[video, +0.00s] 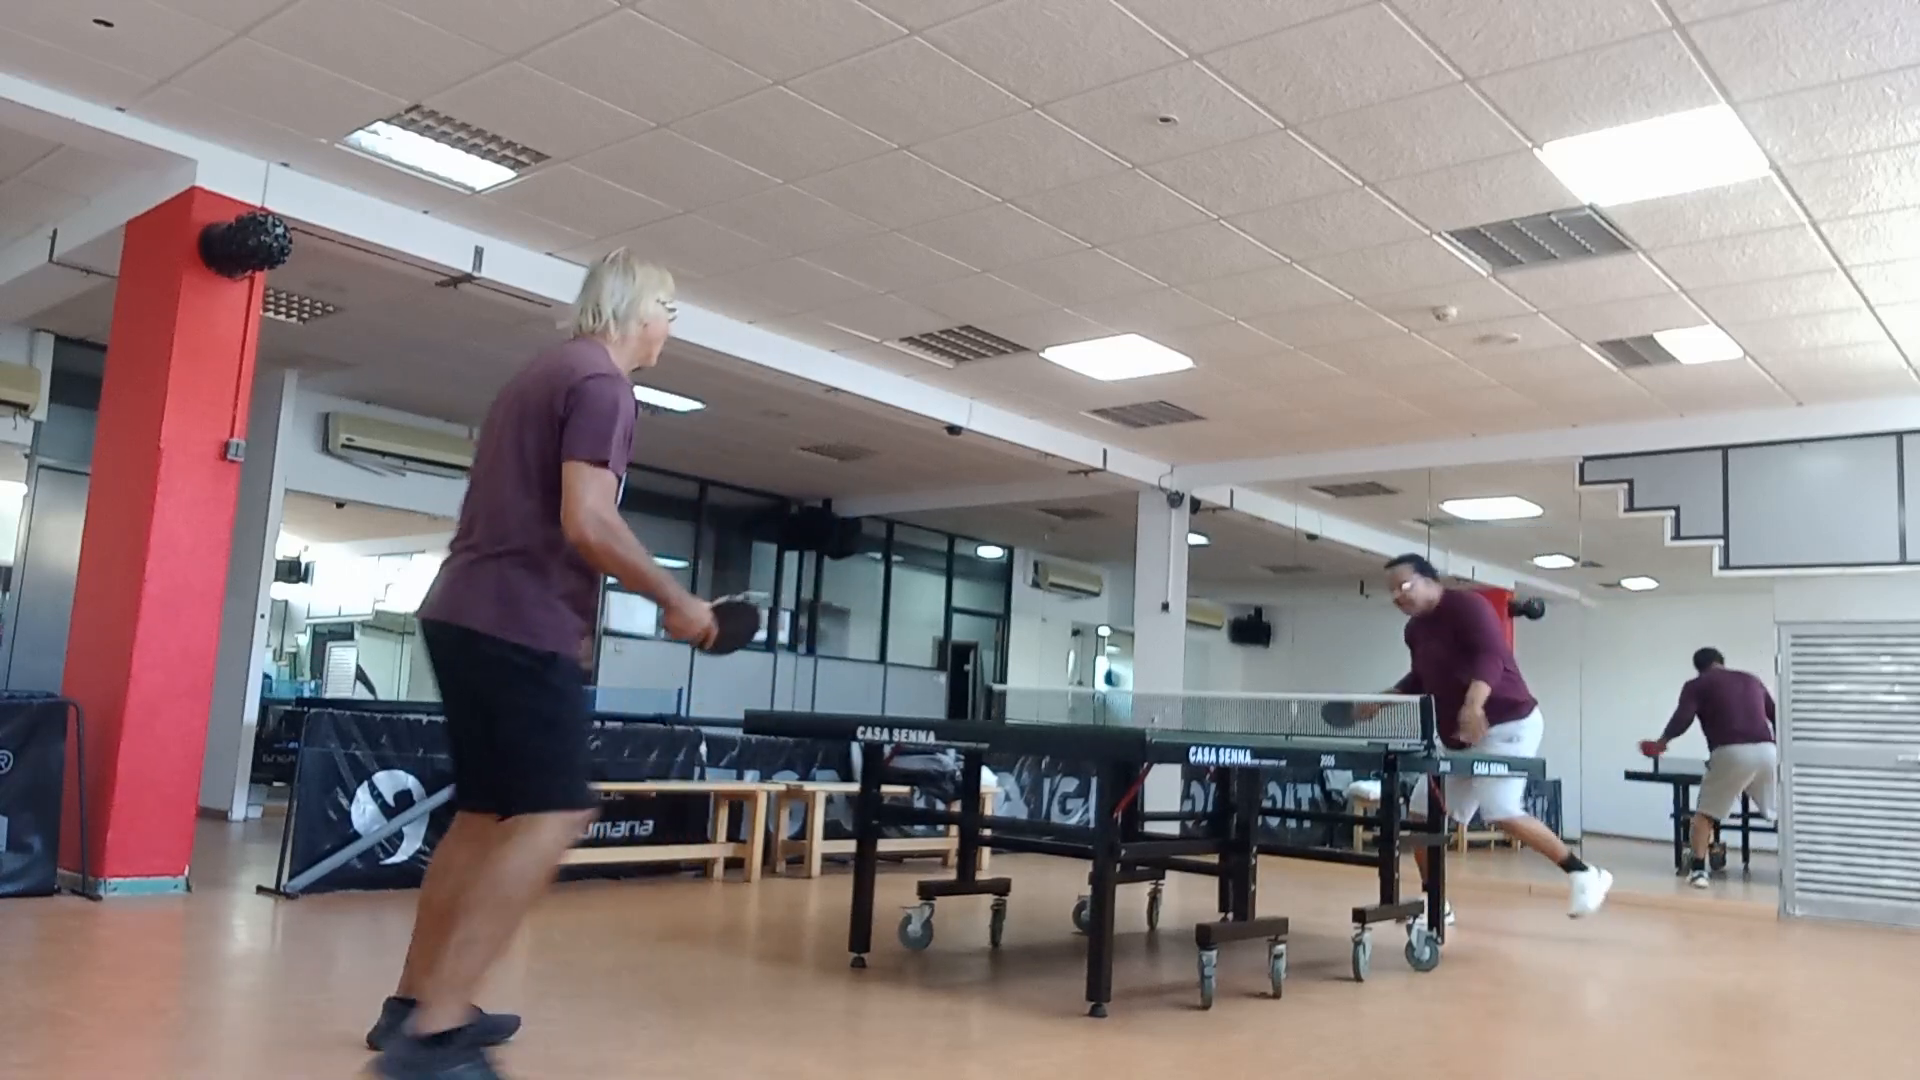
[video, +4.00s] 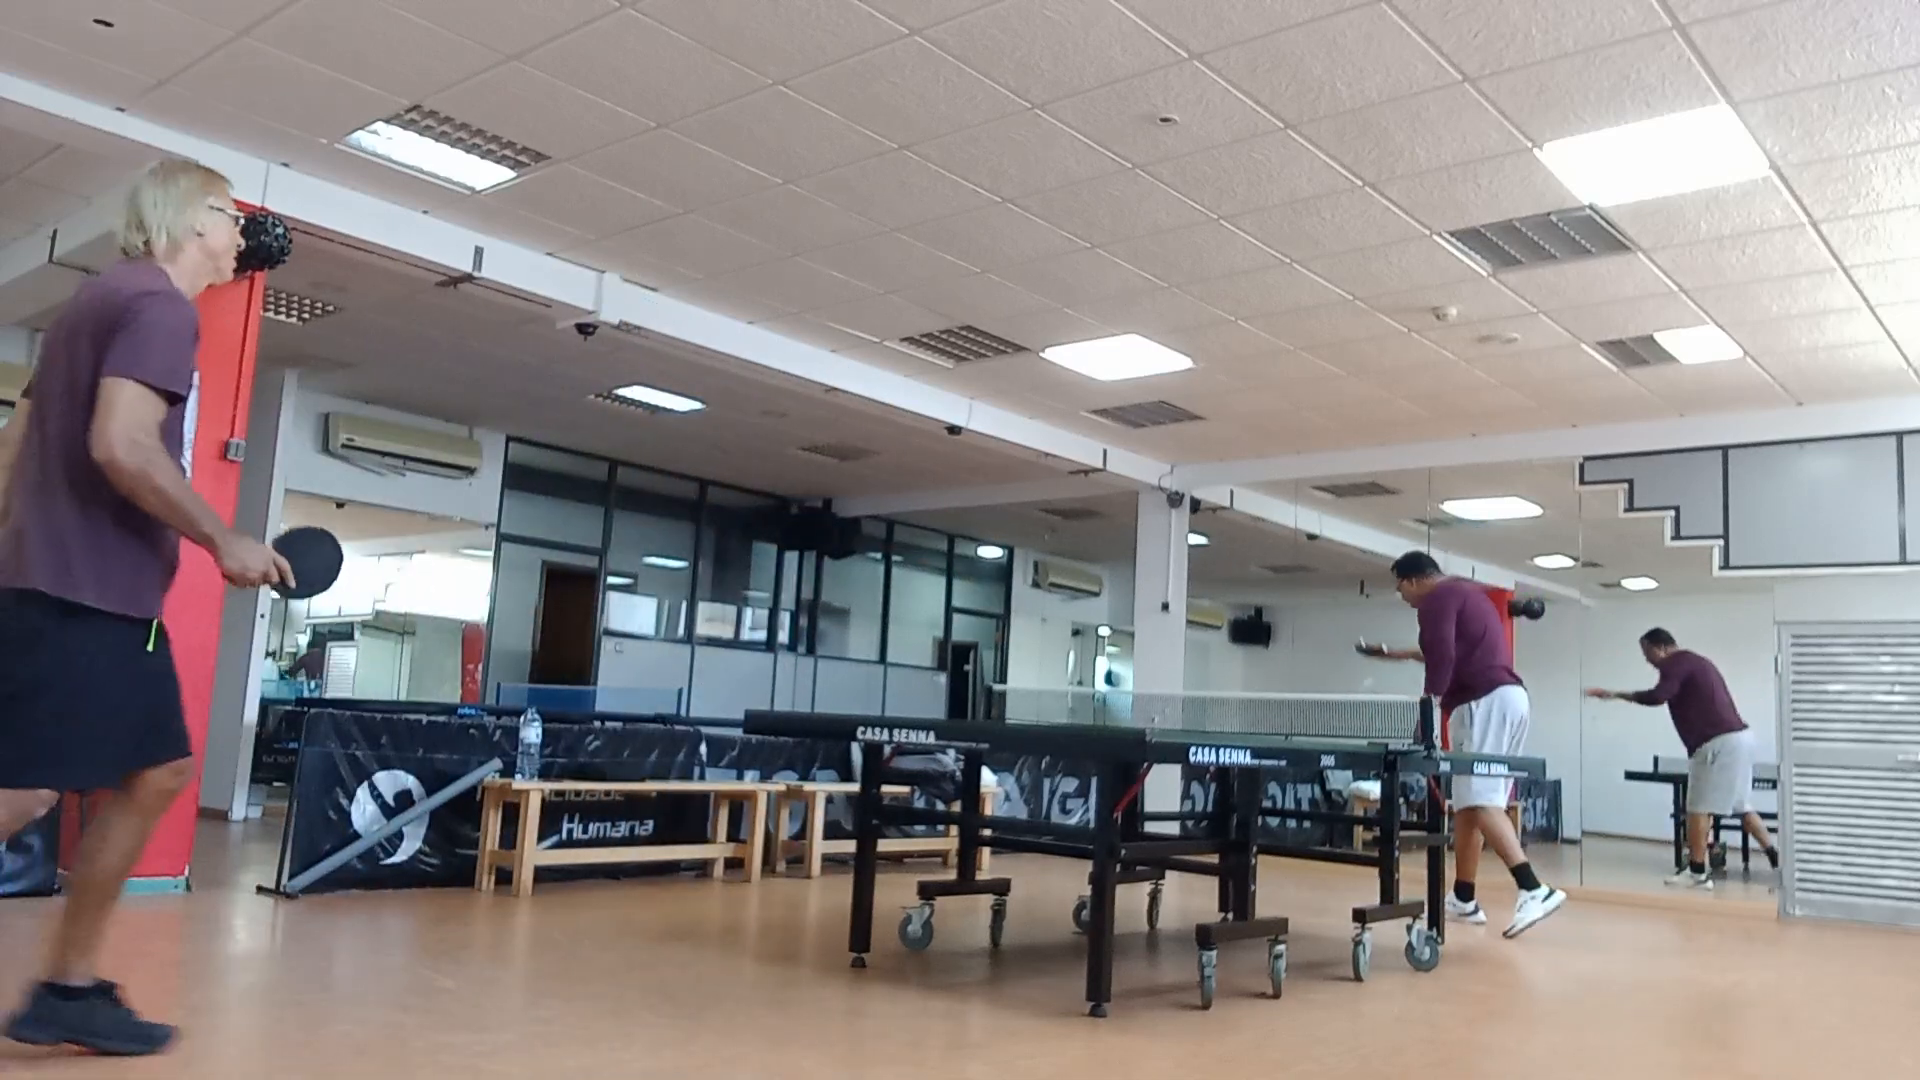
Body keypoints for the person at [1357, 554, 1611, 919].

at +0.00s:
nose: (1399, 596)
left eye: (1404, 586)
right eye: (1393, 591)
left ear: (1428, 579)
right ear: (1394, 594)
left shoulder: (1469, 605)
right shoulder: (1415, 630)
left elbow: (1491, 655)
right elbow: (1423, 678)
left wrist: (1472, 704)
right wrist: (1381, 702)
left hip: (1511, 724)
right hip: (1462, 738)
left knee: (1501, 809)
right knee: (1421, 819)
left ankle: (1583, 874)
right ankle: (1436, 905)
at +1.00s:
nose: (1400, 568)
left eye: (1408, 559)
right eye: (1393, 562)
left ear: (1428, 561)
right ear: (1387, 567)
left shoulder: (1469, 597)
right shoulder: (1379, 606)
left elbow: (1514, 641)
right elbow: (1351, 651)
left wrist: (1548, 692)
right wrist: (1333, 690)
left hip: (1467, 721)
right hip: (1410, 726)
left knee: (1485, 812)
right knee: (1384, 811)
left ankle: (1516, 912)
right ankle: (1384, 894)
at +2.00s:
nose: (1440, 591)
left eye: (1448, 582)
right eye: (1433, 584)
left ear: (1467, 577)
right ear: (1426, 584)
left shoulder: (1502, 610)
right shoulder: (1414, 620)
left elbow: (1542, 658)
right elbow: (1386, 675)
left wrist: (1545, 706)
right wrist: (1432, 710)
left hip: (1507, 733)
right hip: (1448, 739)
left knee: (1527, 819)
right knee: (1409, 820)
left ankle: (1567, 911)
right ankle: (1401, 896)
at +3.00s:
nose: (1450, 549)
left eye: (1458, 541)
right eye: (1448, 544)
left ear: (1485, 546)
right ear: (1453, 553)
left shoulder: (1519, 591)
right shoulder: (1452, 597)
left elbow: (1539, 646)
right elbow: (1453, 652)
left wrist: (1521, 694)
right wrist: (1427, 693)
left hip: (1515, 716)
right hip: (1466, 719)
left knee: (1516, 815)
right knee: (1455, 812)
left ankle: (1568, 909)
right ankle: (1462, 906)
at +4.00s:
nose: (1403, 598)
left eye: (1401, 590)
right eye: (1400, 591)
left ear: (1412, 580)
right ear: (1429, 575)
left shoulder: (1438, 597)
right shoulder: (1462, 592)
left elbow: (1442, 657)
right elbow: (1446, 654)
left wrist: (1428, 714)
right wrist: (1396, 653)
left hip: (1487, 702)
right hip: (1501, 699)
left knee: (1480, 801)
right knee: (1467, 806)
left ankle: (1534, 891)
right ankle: (1463, 900)